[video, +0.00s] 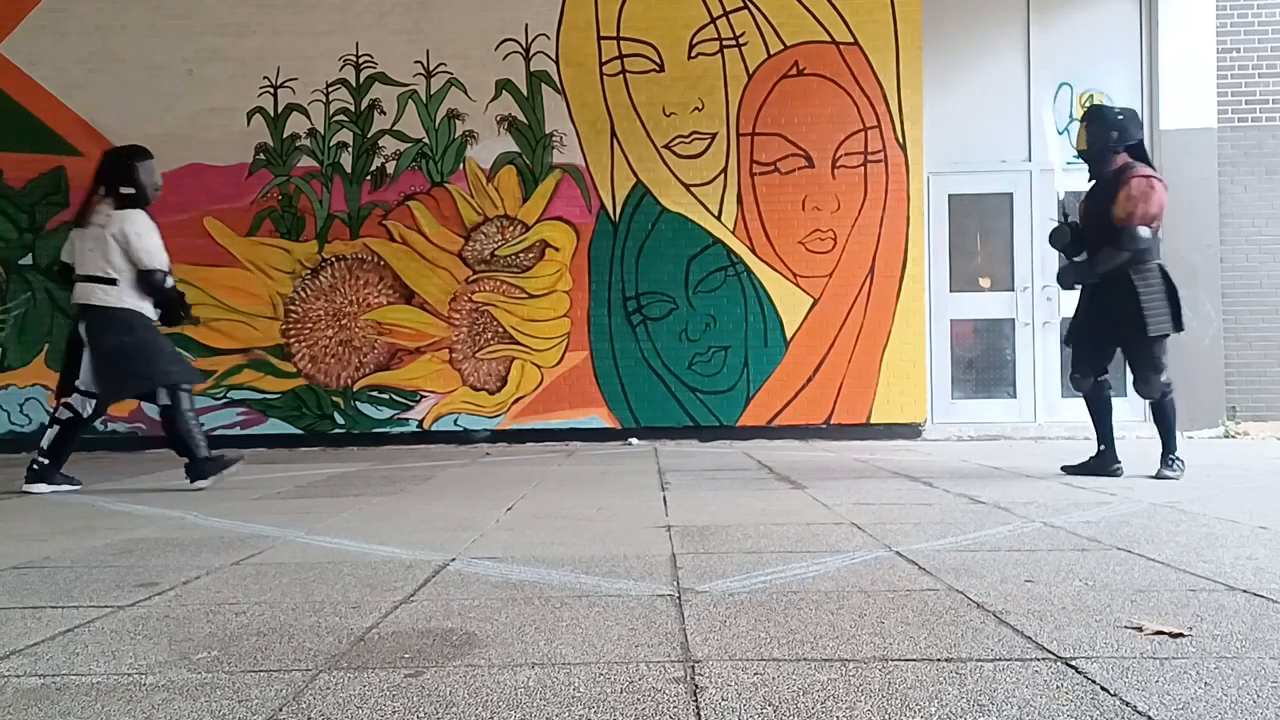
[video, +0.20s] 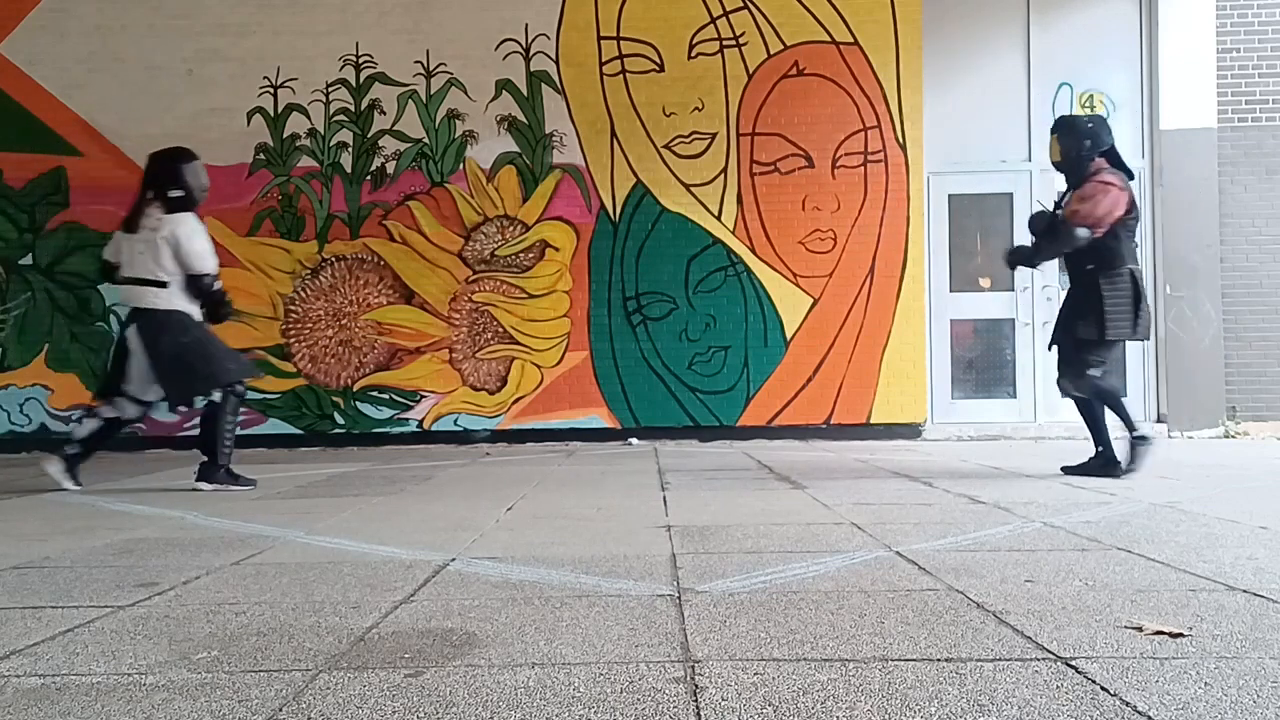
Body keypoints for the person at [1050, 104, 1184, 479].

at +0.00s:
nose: (1081, 144)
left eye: (1088, 136)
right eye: (1082, 136)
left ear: (1110, 138)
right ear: (1112, 139)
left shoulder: (1139, 182)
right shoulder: (1099, 188)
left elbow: (1135, 245)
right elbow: (1092, 242)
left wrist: (1084, 269)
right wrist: (1070, 239)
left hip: (1138, 286)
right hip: (1101, 289)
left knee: (1150, 378)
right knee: (1087, 372)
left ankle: (1170, 456)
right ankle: (1106, 454)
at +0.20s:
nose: (1056, 155)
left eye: (1062, 146)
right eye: (1055, 146)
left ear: (1084, 146)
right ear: (1086, 147)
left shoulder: (1105, 186)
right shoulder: (1085, 185)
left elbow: (1069, 235)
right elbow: (1066, 231)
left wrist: (1028, 255)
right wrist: (1046, 225)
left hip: (1106, 291)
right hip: (1087, 292)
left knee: (1081, 374)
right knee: (1073, 376)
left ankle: (1138, 435)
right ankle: (1105, 456)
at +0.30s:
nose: (1042, 159)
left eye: (1047, 151)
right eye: (1041, 151)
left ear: (1069, 151)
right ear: (1077, 151)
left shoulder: (1086, 189)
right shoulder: (1085, 185)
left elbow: (1047, 237)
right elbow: (1059, 228)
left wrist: (1002, 248)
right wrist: (1032, 219)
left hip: (1095, 293)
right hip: (1094, 292)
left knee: (1055, 368)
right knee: (1063, 369)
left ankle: (1103, 454)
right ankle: (1086, 449)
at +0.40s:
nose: (1024, 163)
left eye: (1030, 155)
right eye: (1024, 155)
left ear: (1052, 156)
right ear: (1063, 157)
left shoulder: (1062, 195)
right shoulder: (1081, 190)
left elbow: (1019, 242)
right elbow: (1049, 229)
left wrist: (978, 245)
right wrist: (1019, 218)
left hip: (1079, 297)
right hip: (1098, 297)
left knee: (1028, 368)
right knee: (1062, 377)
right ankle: (1103, 456)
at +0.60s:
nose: (991, 172)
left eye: (996, 165)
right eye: (991, 165)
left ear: (1018, 167)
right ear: (1033, 169)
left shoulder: (1021, 206)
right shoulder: (1055, 201)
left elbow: (981, 254)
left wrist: (954, 260)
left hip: (1034, 308)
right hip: (1059, 306)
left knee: (977, 374)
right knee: (1039, 391)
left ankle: (948, 458)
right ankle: (1102, 456)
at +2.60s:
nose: (999, 170)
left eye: (1005, 163)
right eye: (998, 163)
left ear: (1028, 166)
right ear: (1030, 167)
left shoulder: (1041, 208)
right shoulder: (1028, 204)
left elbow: (1029, 268)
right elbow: (1023, 257)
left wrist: (981, 279)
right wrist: (996, 253)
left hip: (1054, 300)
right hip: (1055, 299)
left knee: (997, 360)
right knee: (1044, 386)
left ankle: (1005, 450)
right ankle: (1103, 449)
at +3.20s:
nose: (1038, 170)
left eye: (1046, 163)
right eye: (1039, 162)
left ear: (1074, 166)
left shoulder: (1090, 212)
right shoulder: (1043, 202)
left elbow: (1038, 252)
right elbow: (1021, 248)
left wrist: (974, 249)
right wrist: (972, 250)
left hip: (1064, 304)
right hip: (1038, 300)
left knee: (1005, 377)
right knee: (1022, 387)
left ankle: (982, 462)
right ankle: (1108, 438)